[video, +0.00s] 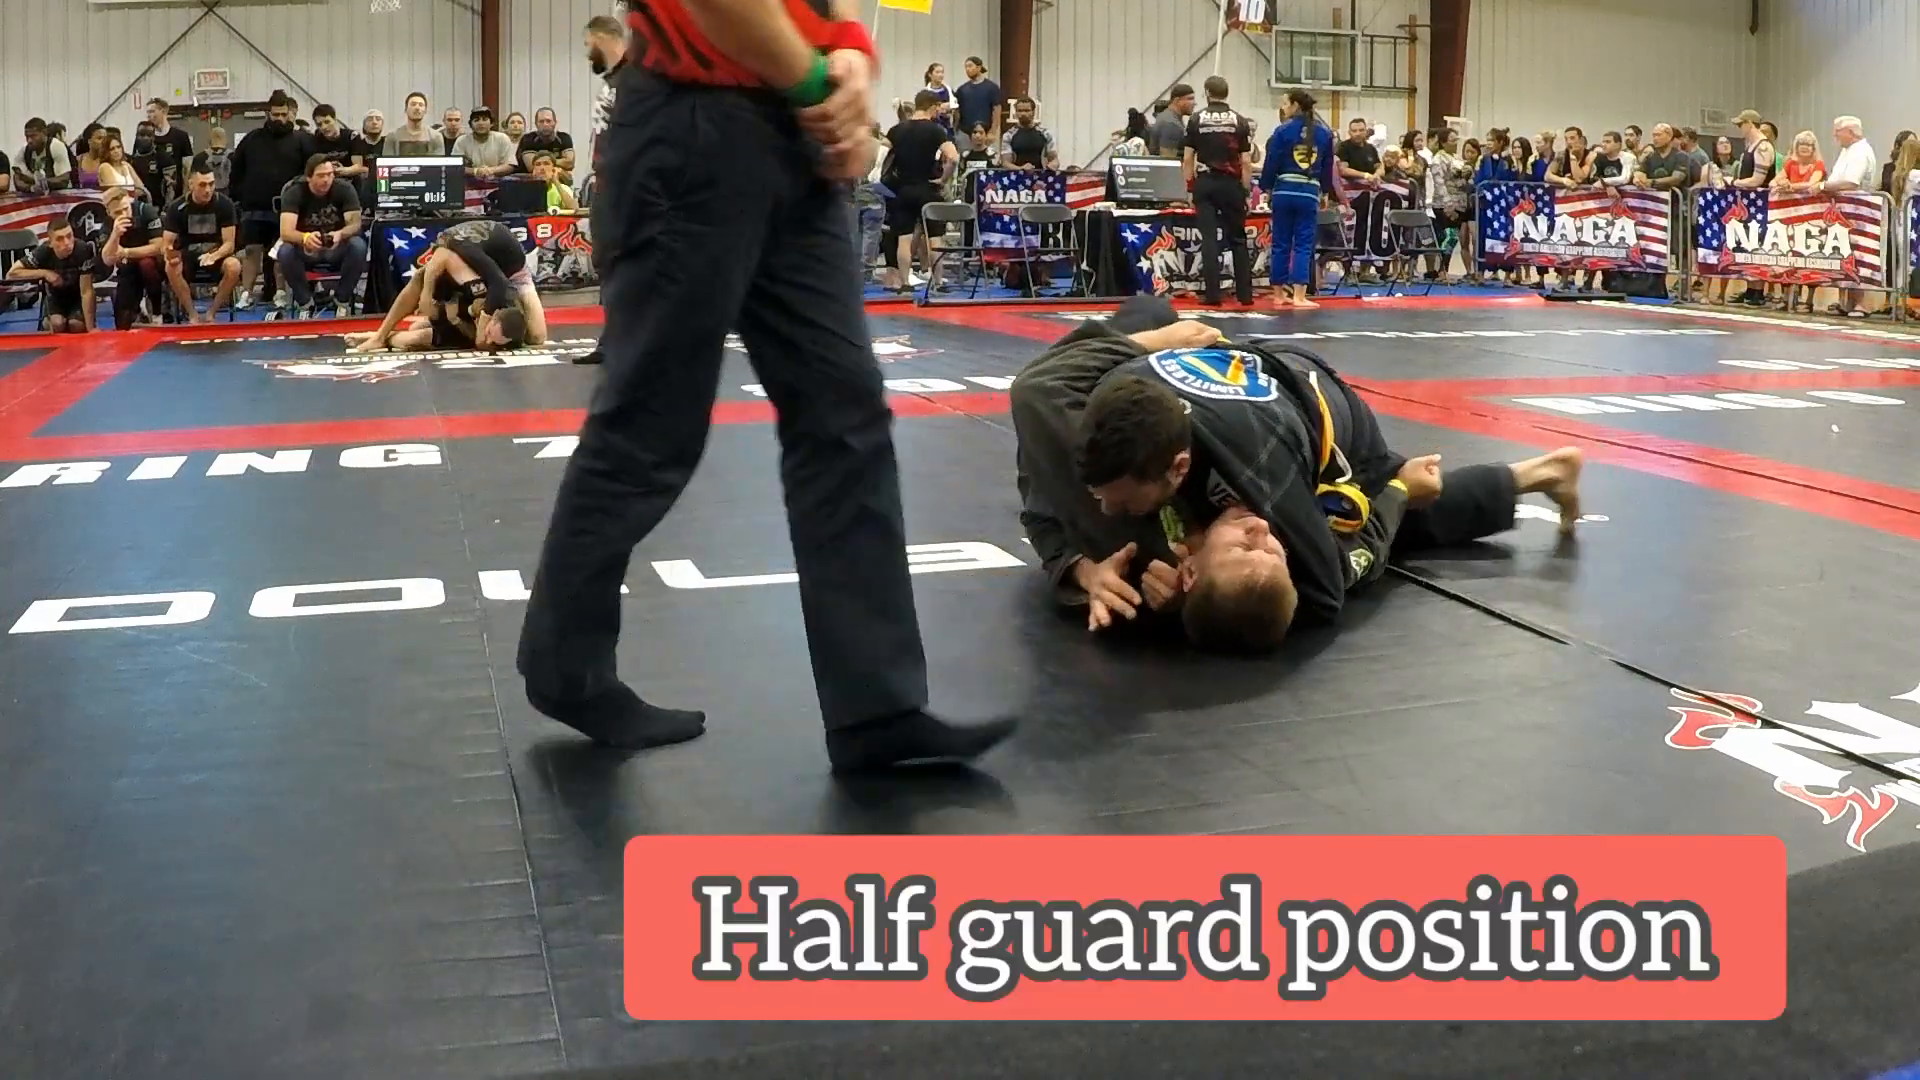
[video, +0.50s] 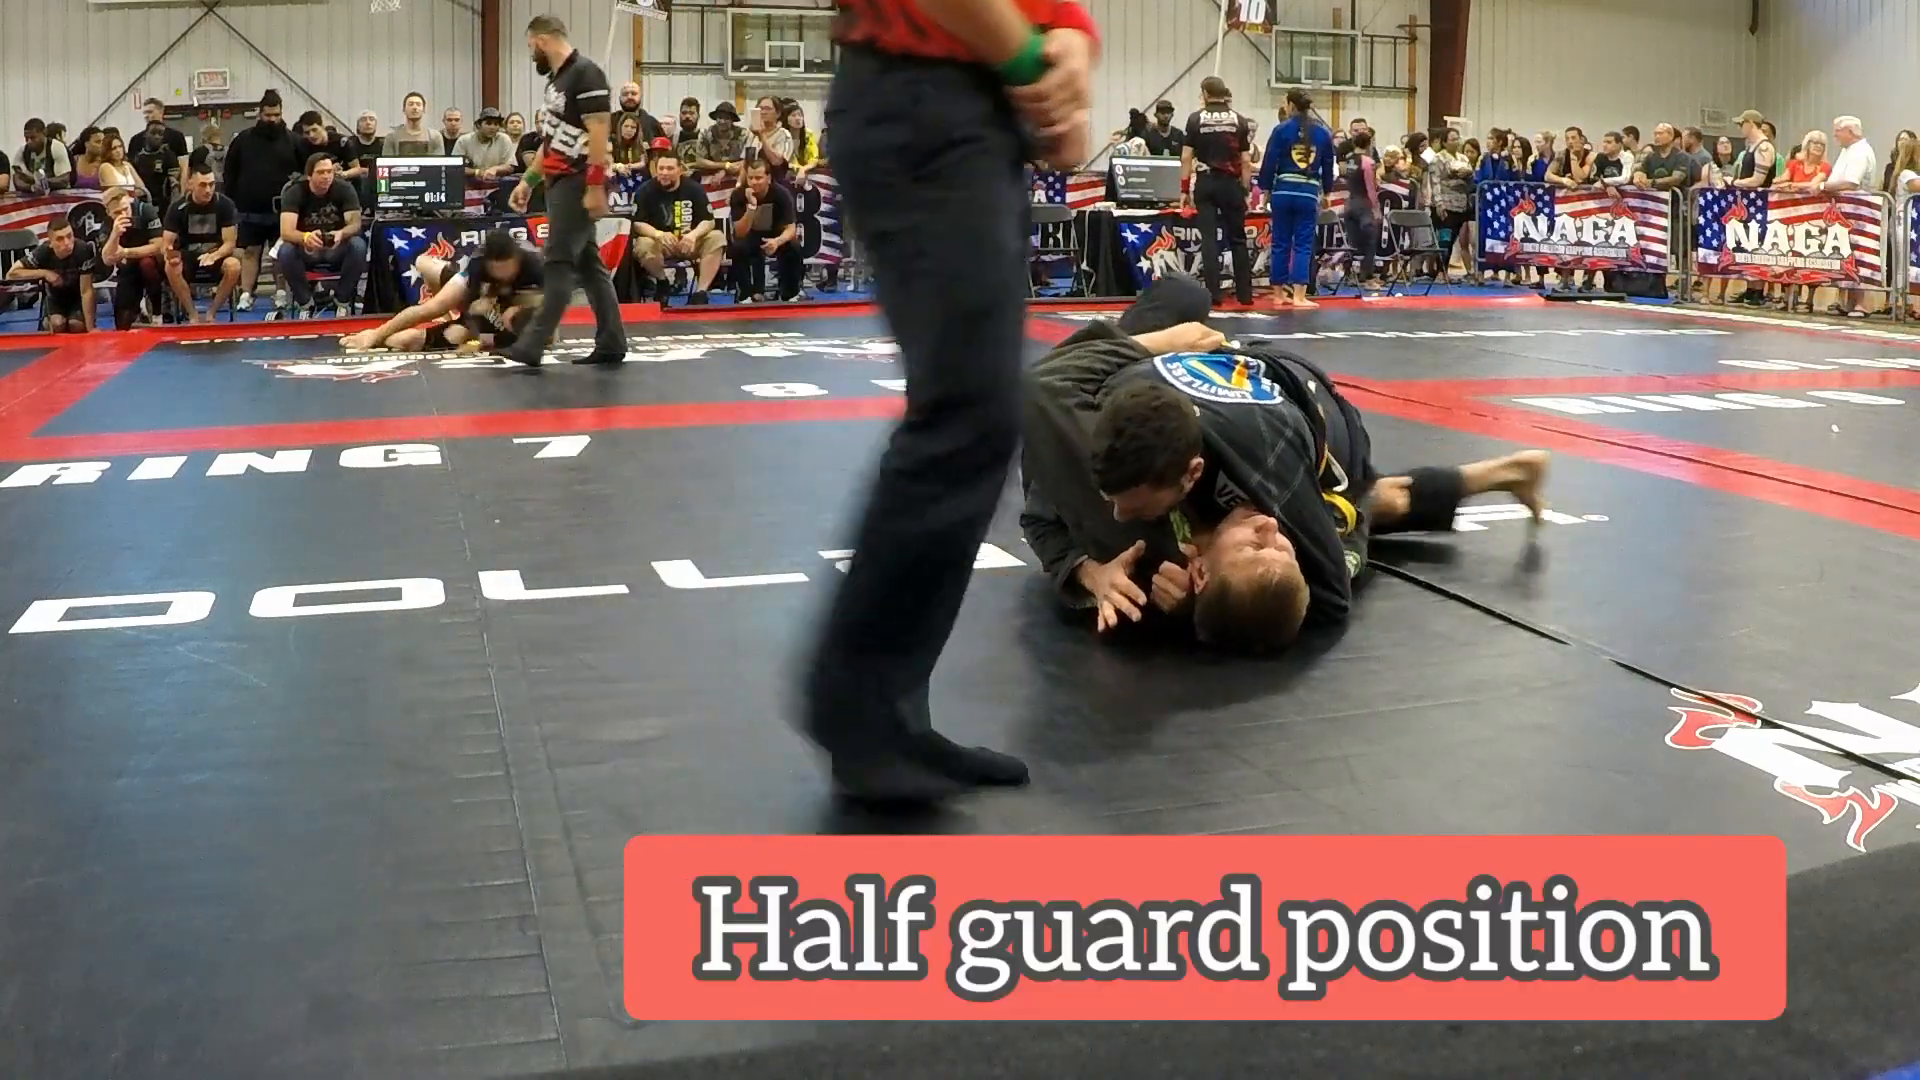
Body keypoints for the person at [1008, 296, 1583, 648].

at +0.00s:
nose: (1107, 504)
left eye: (1122, 497)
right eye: (1102, 490)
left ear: (1174, 468)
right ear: (1091, 453)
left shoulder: (1248, 469)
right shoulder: (1077, 422)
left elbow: (1323, 597)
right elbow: (1050, 513)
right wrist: (1084, 571)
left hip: (1320, 410)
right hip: (1235, 363)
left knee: (1417, 513)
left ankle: (1543, 475)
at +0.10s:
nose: (1121, 509)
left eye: (1136, 502)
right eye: (1114, 495)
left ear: (1184, 470)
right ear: (1099, 446)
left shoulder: (1269, 478)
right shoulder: (1069, 414)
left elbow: (1333, 598)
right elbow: (1045, 507)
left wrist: (1197, 590)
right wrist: (1095, 574)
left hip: (1331, 422)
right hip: (1233, 365)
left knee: (1383, 498)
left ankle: (1505, 475)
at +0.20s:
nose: (1123, 513)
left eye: (1139, 505)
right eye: (1116, 498)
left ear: (1191, 473)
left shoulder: (1271, 483)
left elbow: (1332, 602)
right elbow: (1049, 513)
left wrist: (1194, 597)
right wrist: (1092, 572)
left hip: (1327, 415)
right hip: (1233, 359)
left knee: (1368, 495)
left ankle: (1474, 477)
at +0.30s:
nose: (1123, 510)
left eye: (1139, 502)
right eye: (1115, 494)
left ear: (1192, 469)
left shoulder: (1270, 483)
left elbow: (1332, 597)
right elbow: (1044, 506)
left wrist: (1199, 596)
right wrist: (1088, 566)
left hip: (1328, 417)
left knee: (1350, 502)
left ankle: (1451, 480)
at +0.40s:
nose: (1124, 512)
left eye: (1139, 504)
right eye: (1116, 496)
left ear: (1192, 471)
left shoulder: (1271, 479)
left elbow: (1333, 600)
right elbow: (1043, 516)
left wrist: (1194, 597)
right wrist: (1090, 568)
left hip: (1319, 411)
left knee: (1346, 505)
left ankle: (1463, 471)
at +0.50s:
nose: (1129, 520)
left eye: (1145, 510)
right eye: (1118, 507)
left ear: (1191, 471)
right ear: (1103, 459)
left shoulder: (1271, 475)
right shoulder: (1061, 418)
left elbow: (1330, 600)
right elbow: (1041, 521)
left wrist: (1196, 594)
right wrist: (1087, 570)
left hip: (1303, 400)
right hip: (1213, 364)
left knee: (1372, 502)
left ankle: (1510, 470)